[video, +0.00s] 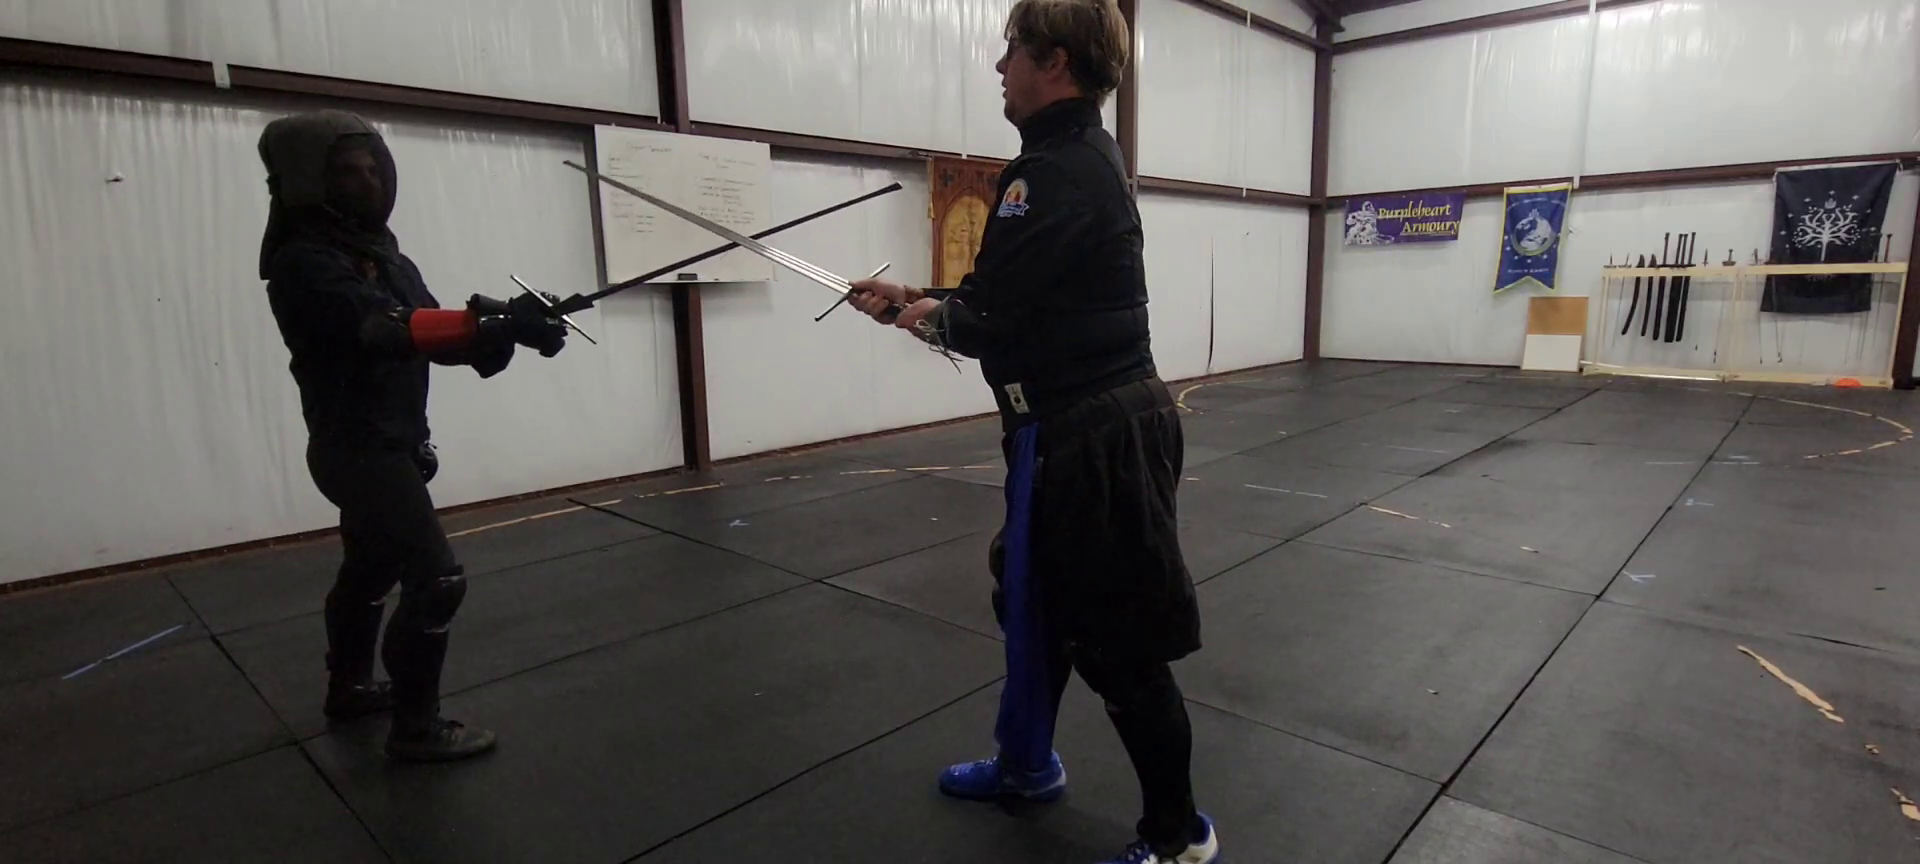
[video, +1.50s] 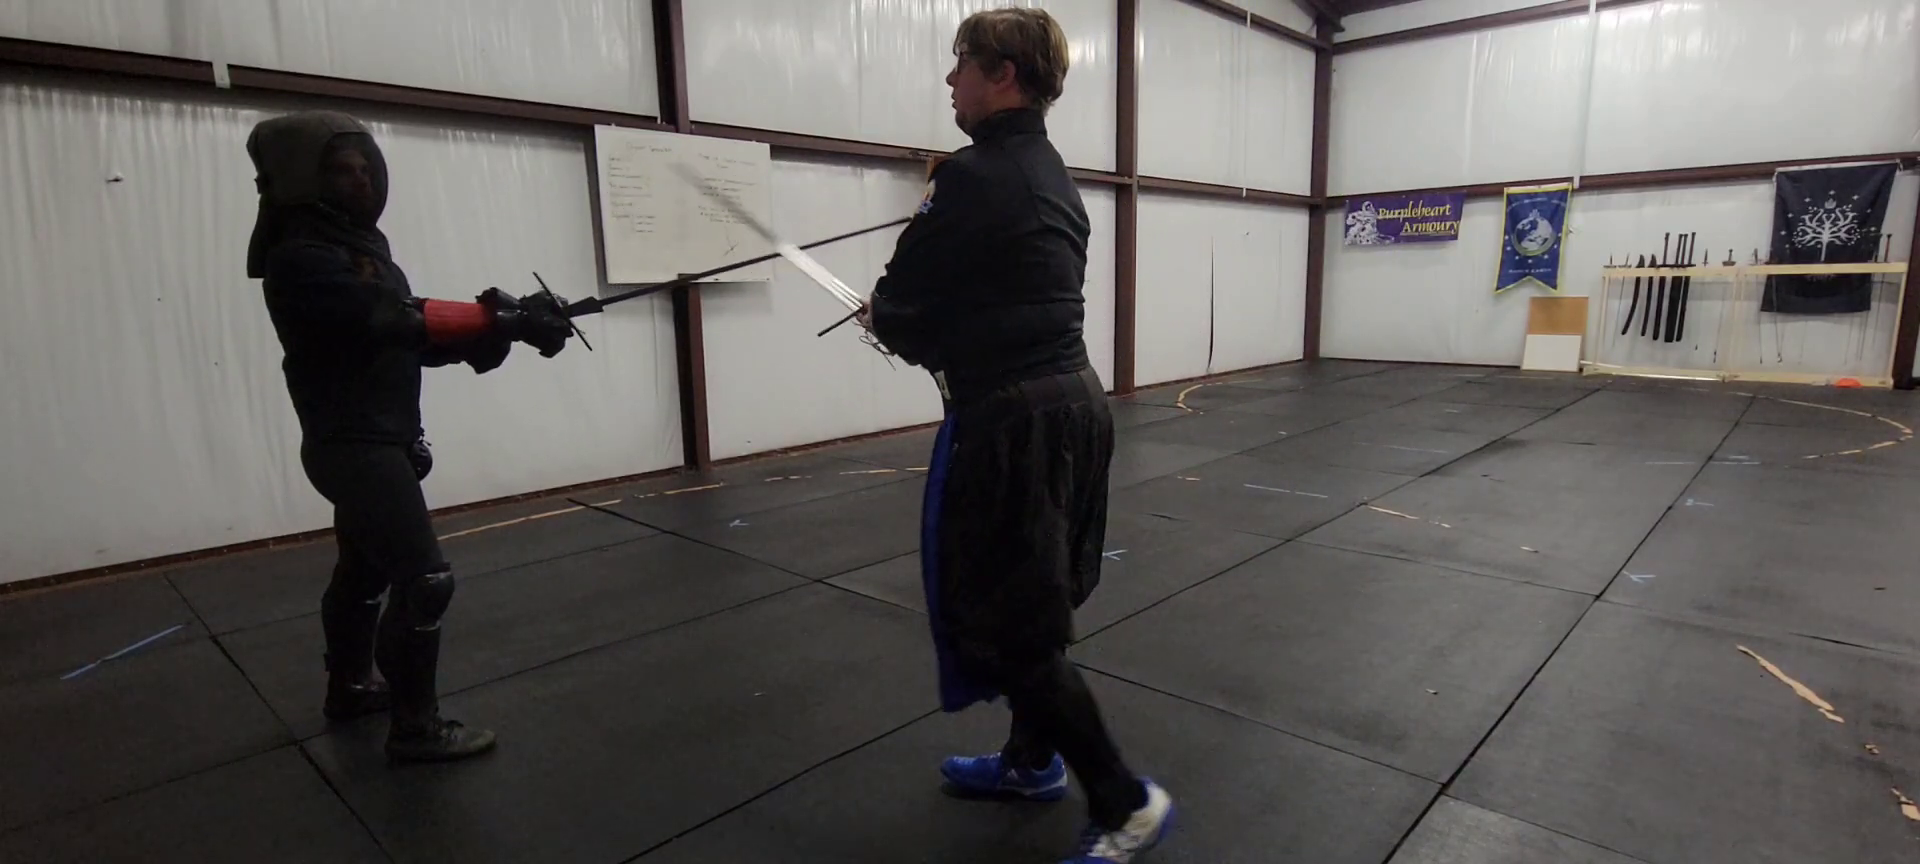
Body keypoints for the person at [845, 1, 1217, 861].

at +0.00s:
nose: (999, 67)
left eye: (1012, 54)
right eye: (1005, 53)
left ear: (1055, 67)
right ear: (1059, 69)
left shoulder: (1054, 174)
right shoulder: (1071, 159)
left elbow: (999, 323)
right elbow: (994, 294)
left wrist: (933, 319)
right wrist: (912, 301)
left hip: (1092, 429)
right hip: (1089, 417)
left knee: (1117, 632)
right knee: (1026, 593)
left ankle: (1175, 831)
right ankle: (1026, 763)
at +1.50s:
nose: (949, 79)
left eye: (963, 66)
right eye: (955, 65)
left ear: (1007, 79)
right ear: (1024, 83)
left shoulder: (972, 177)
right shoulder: (1054, 174)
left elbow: (899, 307)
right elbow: (1017, 292)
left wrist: (886, 314)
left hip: (1008, 420)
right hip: (1074, 402)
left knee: (1017, 620)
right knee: (1032, 591)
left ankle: (1126, 802)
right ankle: (1030, 761)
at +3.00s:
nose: (834, 99)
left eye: (832, 87)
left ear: (840, 92)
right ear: (939, 89)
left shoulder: (795, 230)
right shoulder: (1013, 183)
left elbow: (840, 386)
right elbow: (1095, 361)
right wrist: (1071, 448)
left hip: (867, 517)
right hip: (1025, 495)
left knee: (804, 703)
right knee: (1069, 768)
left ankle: (833, 851)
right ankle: (1082, 848)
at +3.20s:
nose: (815, 75)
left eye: (815, 61)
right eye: (817, 58)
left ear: (827, 65)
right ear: (918, 67)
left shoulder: (772, 196)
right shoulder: (989, 170)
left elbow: (795, 314)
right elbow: (1056, 340)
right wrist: (995, 418)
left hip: (841, 481)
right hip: (992, 470)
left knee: (807, 707)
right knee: (1055, 734)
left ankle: (831, 852)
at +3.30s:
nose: (812, 60)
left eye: (814, 45)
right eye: (816, 44)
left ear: (825, 49)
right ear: (913, 55)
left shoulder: (769, 179)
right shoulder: (982, 160)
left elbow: (780, 315)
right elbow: (1036, 328)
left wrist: (868, 346)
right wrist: (938, 359)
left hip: (839, 455)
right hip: (986, 443)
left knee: (823, 708)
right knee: (1039, 692)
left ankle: (835, 856)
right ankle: (1097, 851)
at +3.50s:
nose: (853, 65)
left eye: (854, 46)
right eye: (856, 47)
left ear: (874, 47)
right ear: (953, 54)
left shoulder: (816, 170)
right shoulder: (1004, 164)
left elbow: (774, 326)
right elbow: (1022, 308)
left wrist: (861, 363)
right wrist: (958, 357)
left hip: (875, 445)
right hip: (1007, 432)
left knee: (843, 692)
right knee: (1028, 640)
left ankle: (841, 852)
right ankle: (1087, 803)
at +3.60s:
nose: (891, 80)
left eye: (895, 63)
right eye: (893, 62)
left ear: (918, 66)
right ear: (981, 72)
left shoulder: (864, 182)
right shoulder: (1033, 184)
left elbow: (794, 331)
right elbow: (1012, 310)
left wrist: (860, 373)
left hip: (914, 450)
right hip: (1037, 439)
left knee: (859, 678)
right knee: (1029, 626)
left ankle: (843, 853)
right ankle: (1074, 780)